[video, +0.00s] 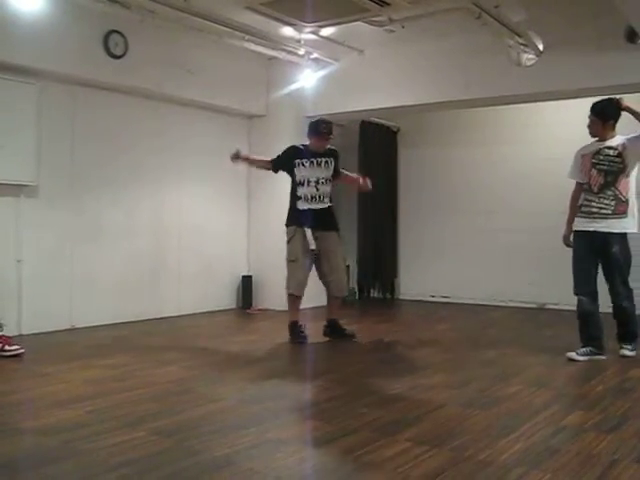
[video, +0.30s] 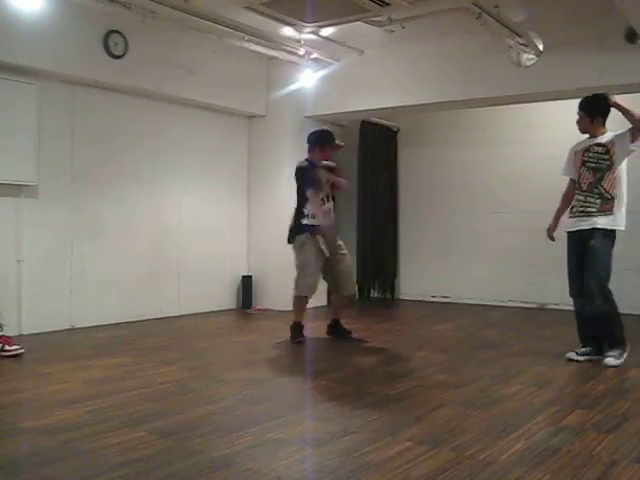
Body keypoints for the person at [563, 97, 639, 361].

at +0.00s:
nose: (588, 124)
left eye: (592, 120)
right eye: (589, 119)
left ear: (607, 122)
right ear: (603, 122)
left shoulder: (627, 148)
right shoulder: (584, 152)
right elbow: (578, 191)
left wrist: (628, 108)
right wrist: (569, 227)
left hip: (614, 232)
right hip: (583, 231)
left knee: (619, 289)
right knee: (585, 292)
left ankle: (629, 340)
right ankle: (592, 345)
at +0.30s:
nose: (577, 120)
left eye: (581, 116)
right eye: (578, 115)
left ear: (594, 118)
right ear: (592, 118)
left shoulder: (616, 143)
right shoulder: (577, 149)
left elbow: (637, 128)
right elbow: (571, 187)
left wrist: (618, 106)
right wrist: (555, 219)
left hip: (602, 225)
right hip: (576, 226)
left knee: (596, 285)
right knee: (578, 289)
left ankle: (616, 345)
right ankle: (591, 345)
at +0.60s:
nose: (573, 118)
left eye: (576, 113)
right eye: (574, 112)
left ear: (588, 115)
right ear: (590, 115)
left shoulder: (612, 142)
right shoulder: (580, 146)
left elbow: (630, 124)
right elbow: (573, 187)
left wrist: (611, 101)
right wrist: (560, 221)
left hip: (595, 226)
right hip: (573, 226)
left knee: (589, 293)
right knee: (576, 292)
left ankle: (596, 356)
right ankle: (587, 350)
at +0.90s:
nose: (570, 114)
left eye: (573, 110)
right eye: (571, 109)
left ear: (586, 111)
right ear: (587, 111)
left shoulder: (609, 138)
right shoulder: (582, 140)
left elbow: (620, 121)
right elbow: (580, 175)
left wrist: (606, 97)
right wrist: (582, 206)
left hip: (598, 226)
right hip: (577, 224)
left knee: (594, 291)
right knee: (571, 288)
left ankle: (597, 355)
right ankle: (587, 348)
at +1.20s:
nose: (568, 120)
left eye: (569, 114)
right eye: (567, 114)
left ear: (582, 113)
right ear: (584, 113)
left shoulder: (602, 140)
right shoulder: (587, 139)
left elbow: (602, 123)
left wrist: (597, 98)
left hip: (593, 228)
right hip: (580, 226)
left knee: (590, 290)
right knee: (579, 288)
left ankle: (596, 355)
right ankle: (588, 346)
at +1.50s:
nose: (564, 126)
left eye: (566, 120)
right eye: (564, 120)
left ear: (577, 118)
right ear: (576, 119)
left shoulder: (595, 143)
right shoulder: (587, 145)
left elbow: (582, 126)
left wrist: (589, 106)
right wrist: (588, 106)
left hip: (587, 229)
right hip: (582, 228)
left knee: (581, 292)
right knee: (587, 290)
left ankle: (594, 354)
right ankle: (589, 347)